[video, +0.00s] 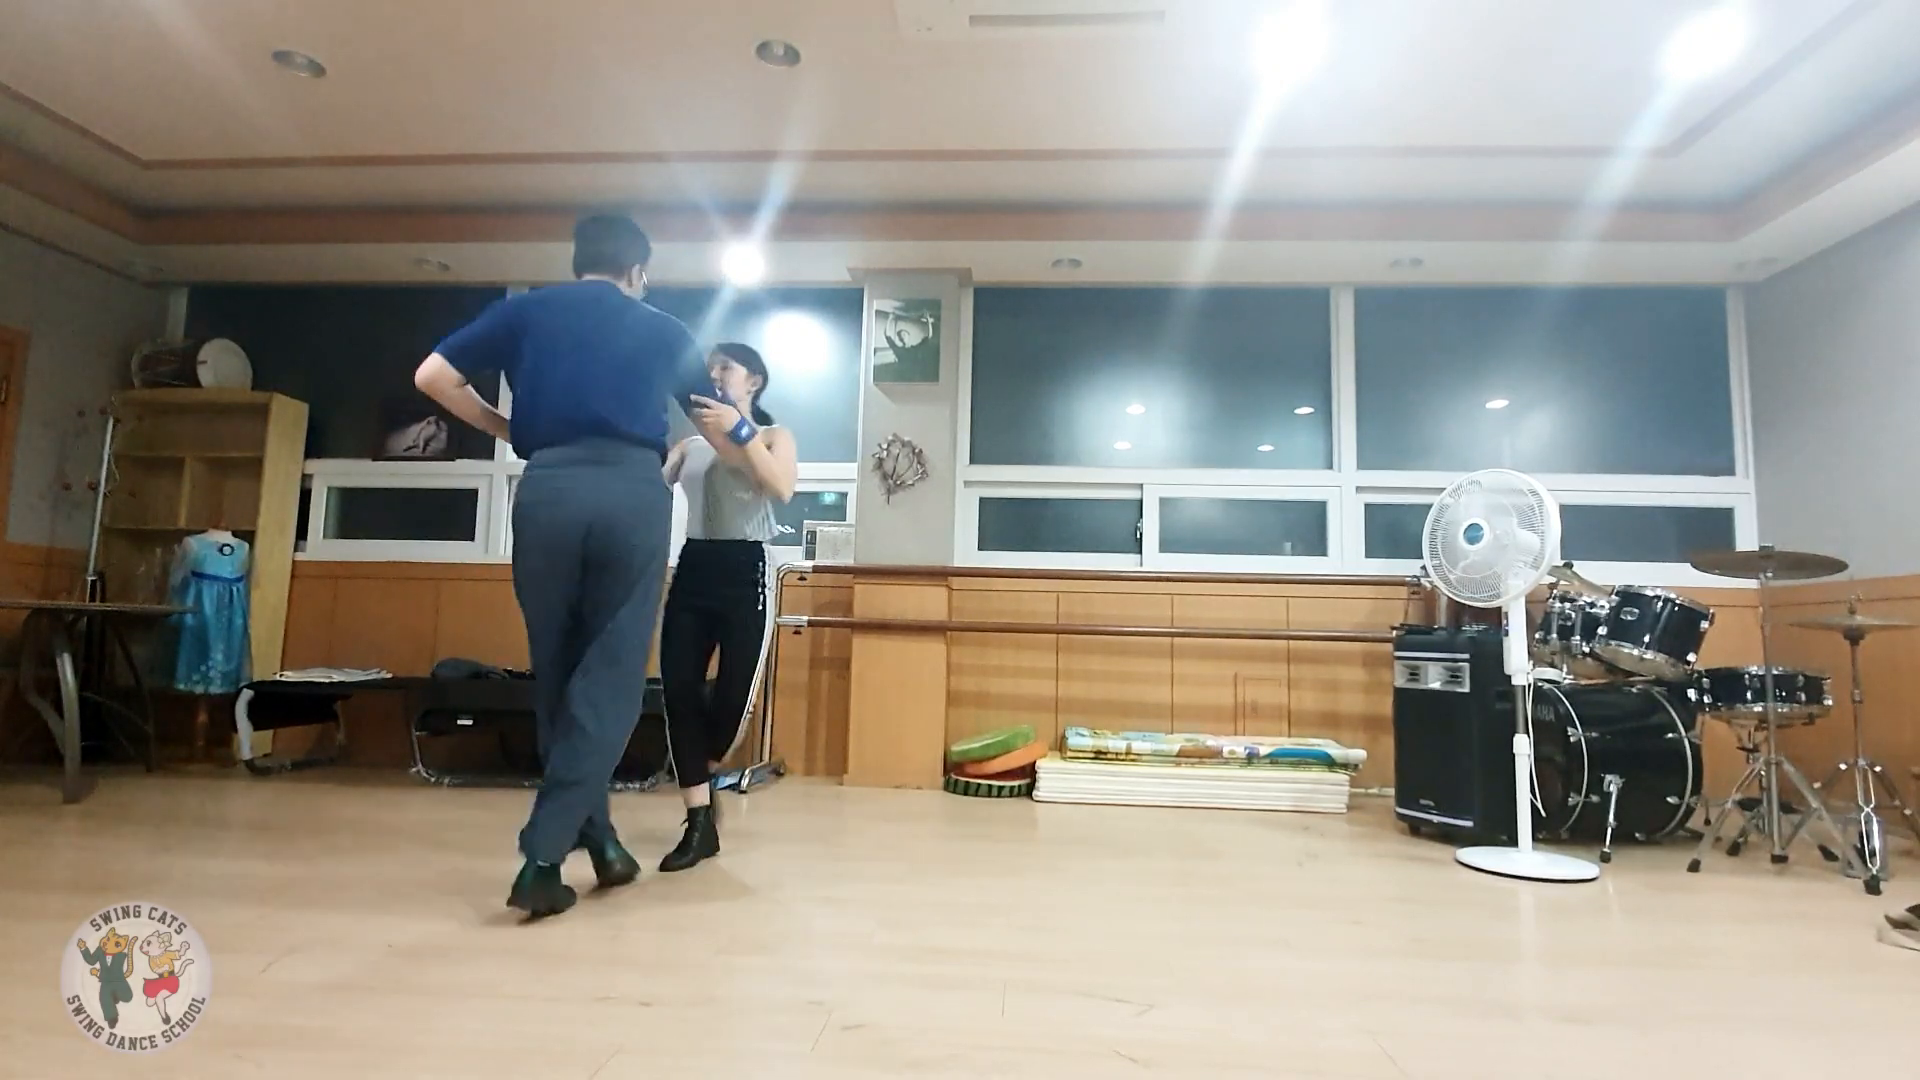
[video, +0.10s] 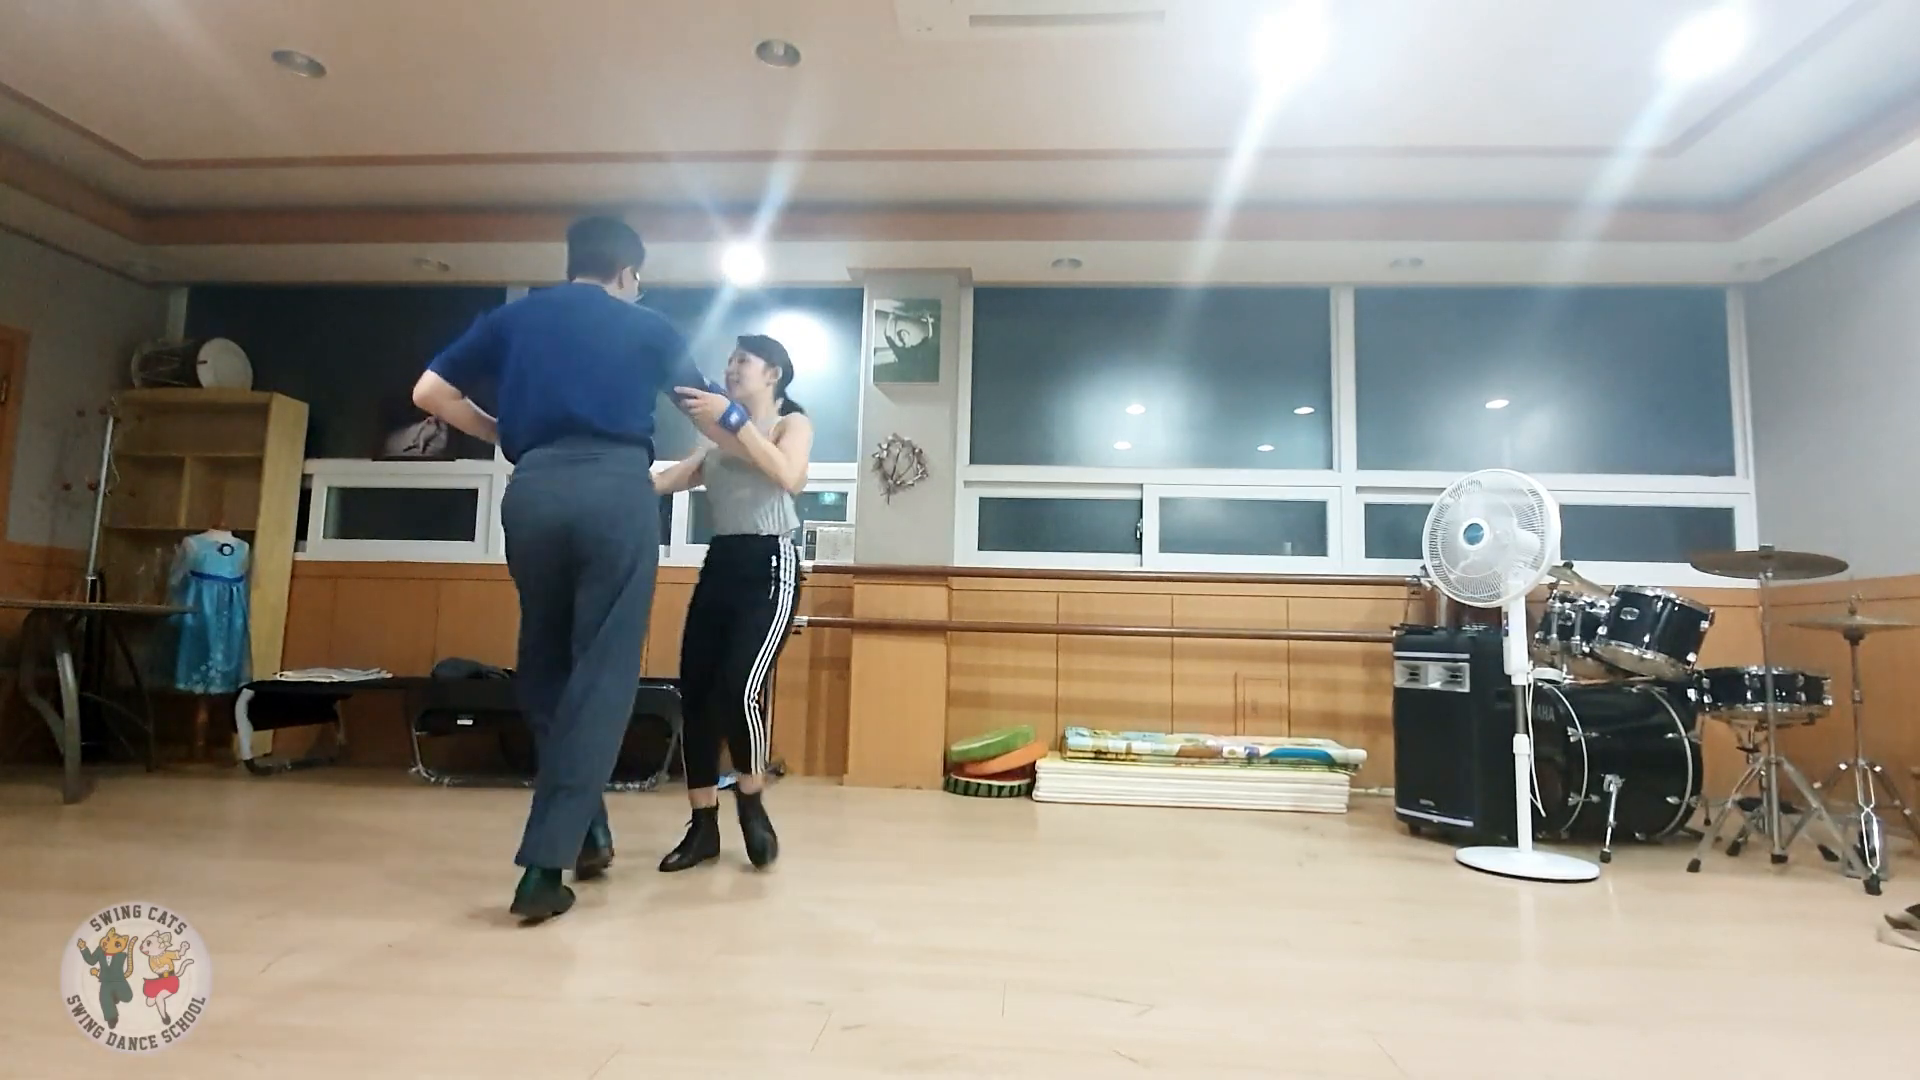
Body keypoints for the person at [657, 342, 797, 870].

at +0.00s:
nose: (716, 376)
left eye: (728, 368)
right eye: (712, 367)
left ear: (754, 382)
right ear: (705, 378)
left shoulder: (774, 436)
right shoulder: (692, 438)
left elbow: (782, 488)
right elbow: (652, 488)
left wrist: (736, 433)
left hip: (747, 573)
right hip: (693, 568)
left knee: (733, 701)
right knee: (679, 692)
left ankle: (703, 767)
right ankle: (700, 821)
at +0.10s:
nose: (730, 367)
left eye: (743, 360)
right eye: (730, 360)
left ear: (774, 375)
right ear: (729, 377)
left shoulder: (793, 423)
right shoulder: (720, 435)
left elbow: (792, 477)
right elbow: (663, 480)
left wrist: (729, 423)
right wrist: (606, 468)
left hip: (772, 562)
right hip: (722, 562)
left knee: (741, 686)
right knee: (697, 690)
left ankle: (751, 804)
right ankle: (703, 825)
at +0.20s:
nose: (744, 361)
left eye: (756, 353)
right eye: (747, 353)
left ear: (787, 364)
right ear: (768, 367)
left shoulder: (809, 407)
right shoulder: (752, 433)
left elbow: (783, 457)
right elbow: (692, 479)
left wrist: (712, 407)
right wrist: (627, 475)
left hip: (791, 560)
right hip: (747, 564)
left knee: (751, 693)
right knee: (714, 691)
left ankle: (768, 844)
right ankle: (707, 825)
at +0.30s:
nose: (758, 356)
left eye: (768, 348)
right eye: (762, 348)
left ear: (796, 357)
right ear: (791, 360)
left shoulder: (812, 397)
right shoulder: (767, 427)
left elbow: (769, 440)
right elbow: (712, 484)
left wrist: (700, 400)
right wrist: (642, 479)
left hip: (808, 558)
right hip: (774, 564)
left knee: (766, 701)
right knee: (718, 692)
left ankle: (790, 859)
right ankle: (721, 820)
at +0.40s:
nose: (767, 350)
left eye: (775, 341)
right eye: (771, 341)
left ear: (800, 349)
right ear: (802, 353)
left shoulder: (807, 385)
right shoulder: (781, 411)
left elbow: (745, 427)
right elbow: (734, 487)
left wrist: (684, 394)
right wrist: (658, 485)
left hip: (813, 553)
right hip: (791, 559)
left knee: (770, 703)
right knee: (722, 693)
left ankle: (792, 859)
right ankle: (721, 832)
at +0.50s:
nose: (767, 344)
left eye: (772, 335)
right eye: (771, 335)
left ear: (787, 339)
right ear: (814, 348)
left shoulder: (789, 380)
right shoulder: (812, 400)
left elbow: (706, 425)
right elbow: (753, 477)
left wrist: (670, 392)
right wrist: (682, 486)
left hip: (792, 543)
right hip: (809, 551)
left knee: (767, 701)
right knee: (735, 696)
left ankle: (808, 861)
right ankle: (707, 847)